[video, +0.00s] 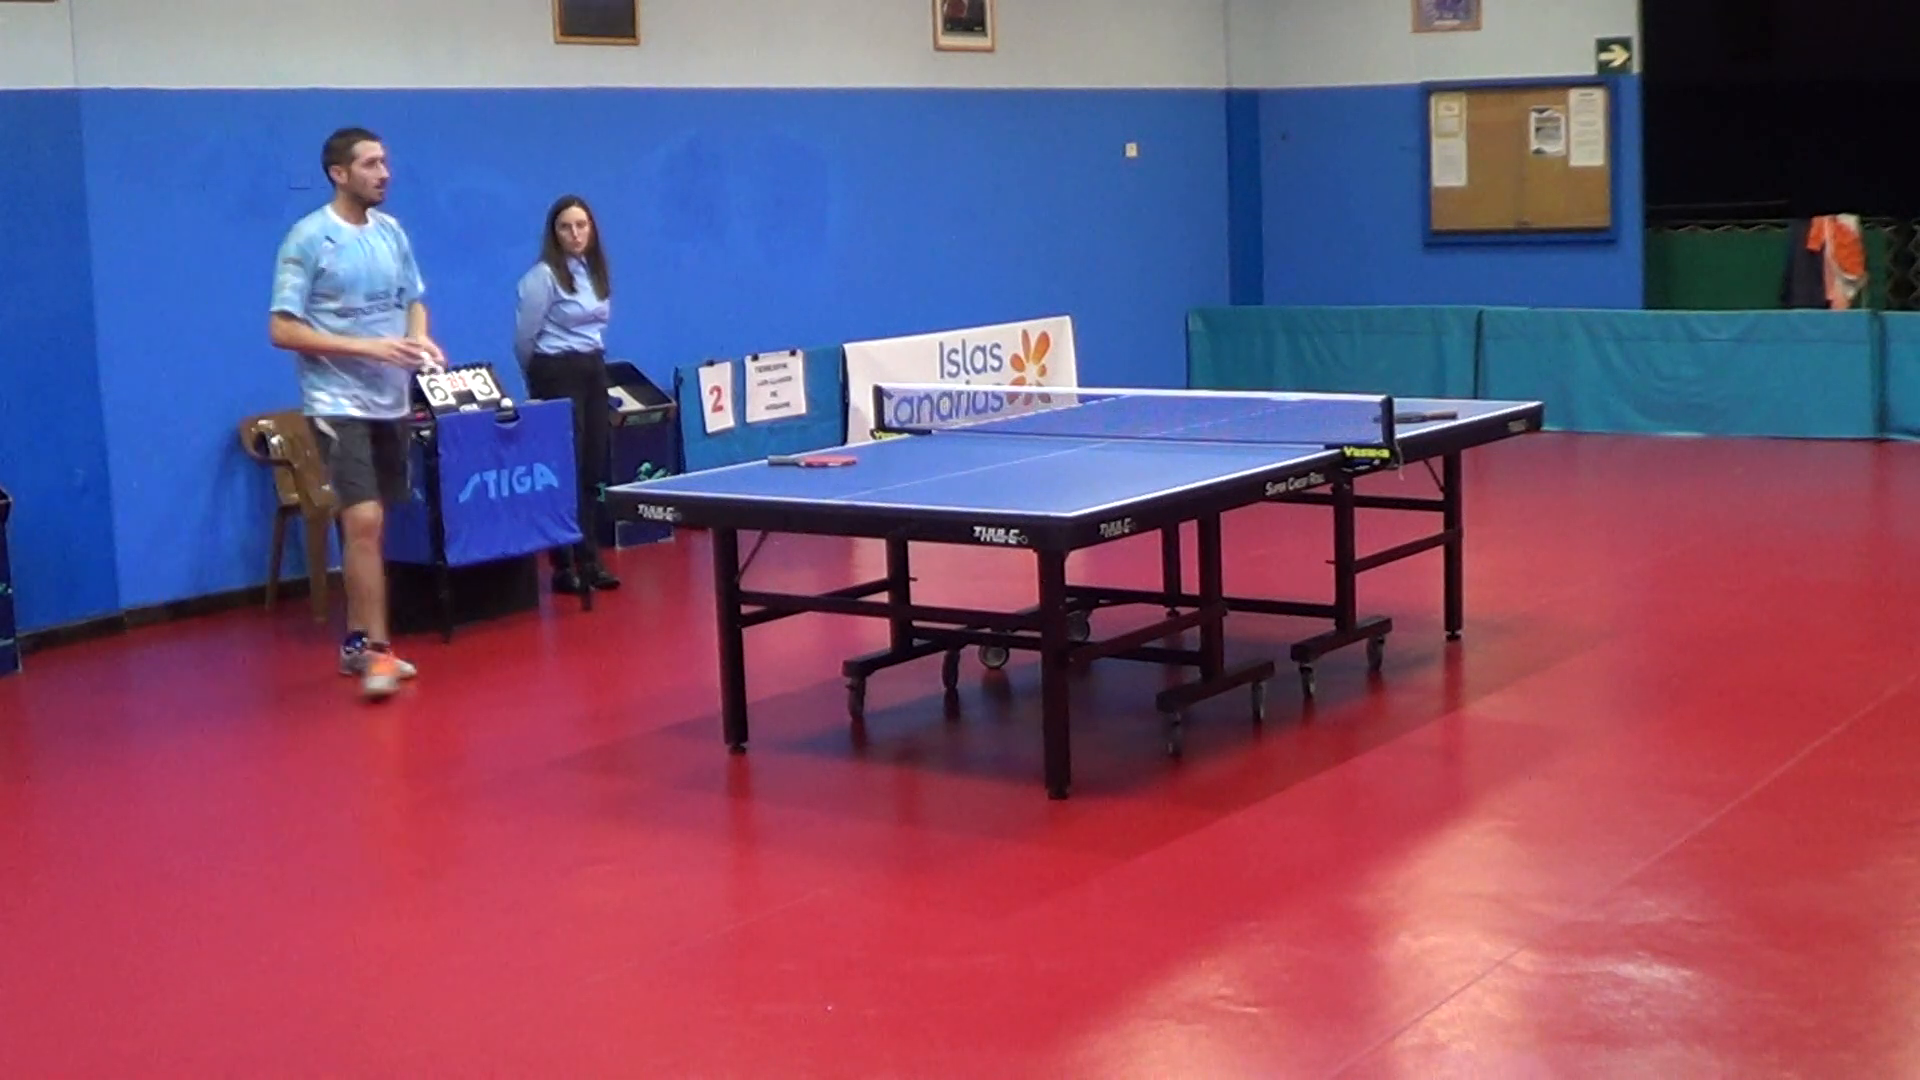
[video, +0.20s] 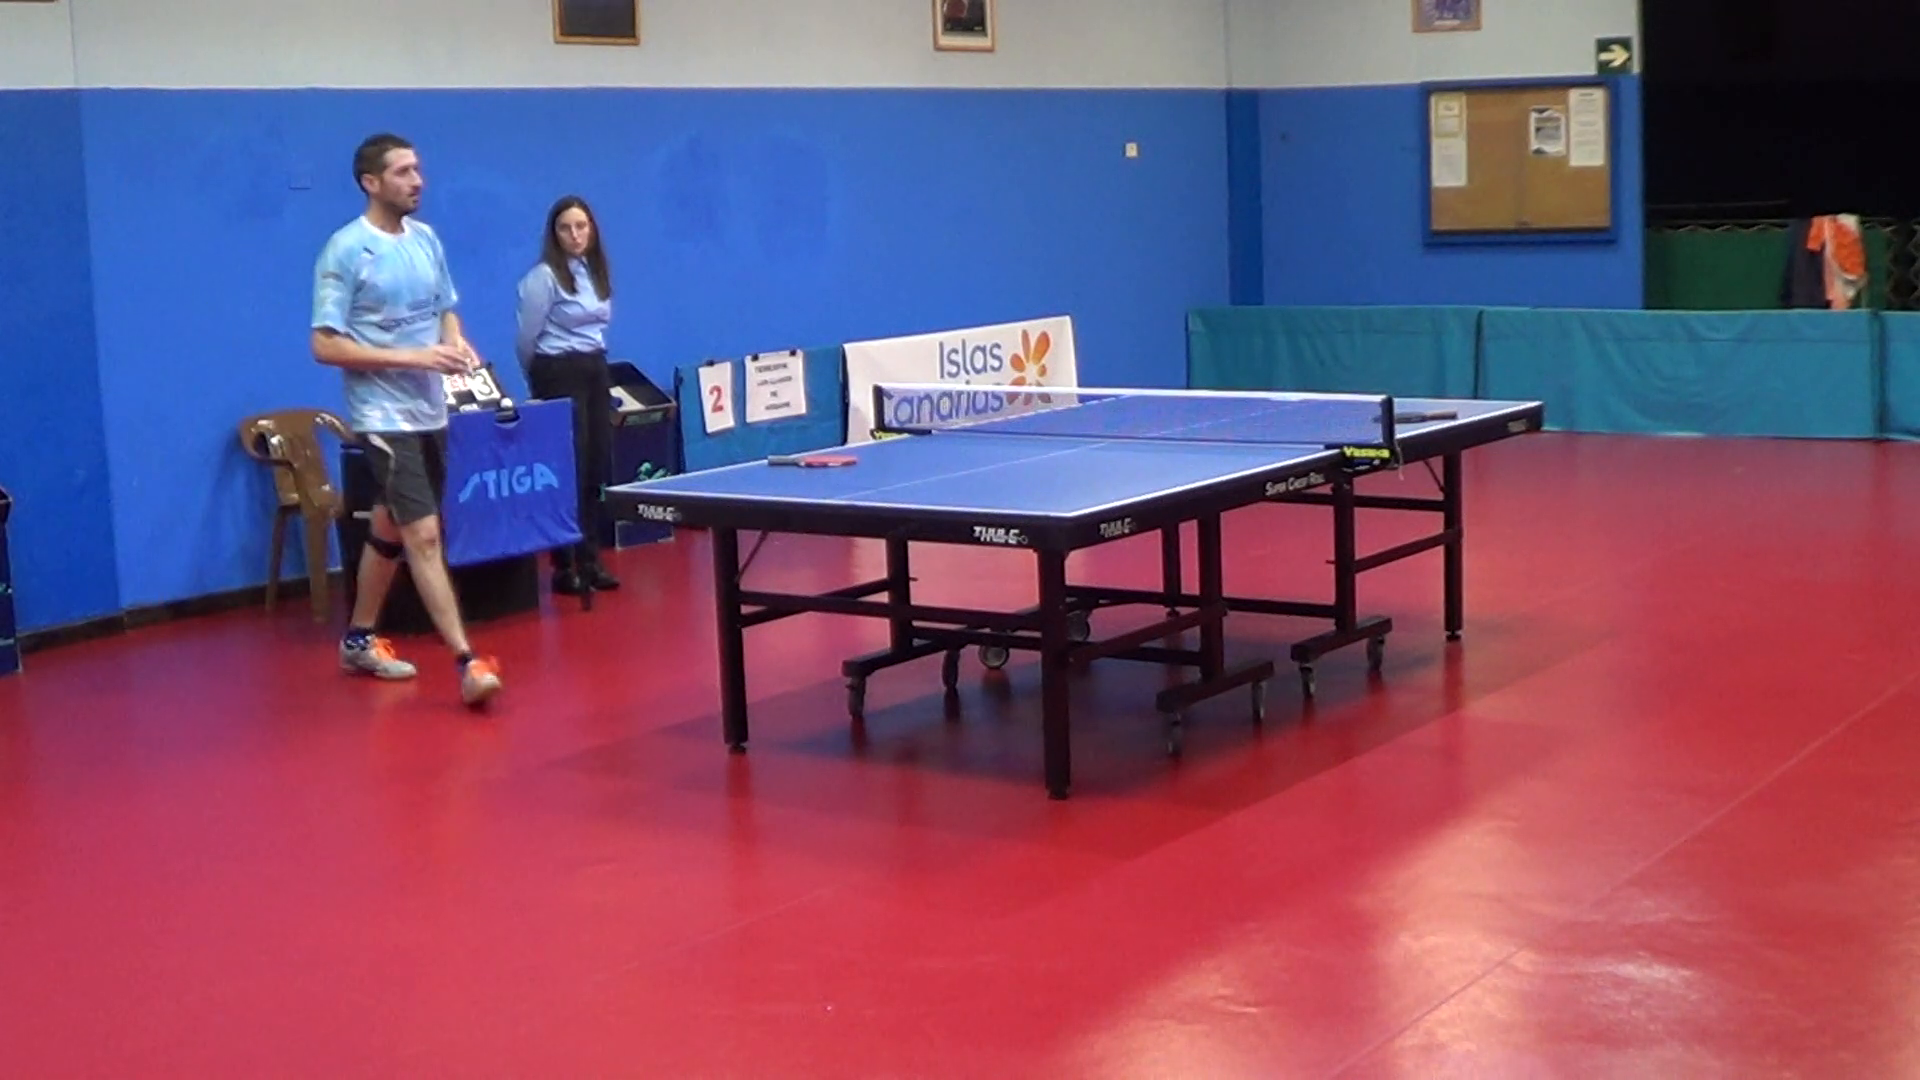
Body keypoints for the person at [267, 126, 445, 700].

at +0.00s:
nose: (384, 172)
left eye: (384, 162)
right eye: (371, 164)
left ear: (380, 169)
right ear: (339, 173)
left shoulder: (392, 229)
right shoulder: (307, 237)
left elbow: (413, 301)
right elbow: (282, 329)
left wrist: (421, 341)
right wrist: (371, 347)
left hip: (390, 401)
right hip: (337, 403)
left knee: (372, 522)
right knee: (365, 520)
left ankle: (360, 641)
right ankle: (376, 652)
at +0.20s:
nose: (416, 180)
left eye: (417, 170)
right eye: (404, 172)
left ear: (414, 177)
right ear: (371, 182)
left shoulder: (426, 238)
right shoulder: (344, 250)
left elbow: (444, 311)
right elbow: (325, 344)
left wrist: (457, 344)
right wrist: (413, 357)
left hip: (428, 411)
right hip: (381, 417)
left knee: (388, 531)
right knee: (424, 532)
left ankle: (360, 639)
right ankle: (468, 662)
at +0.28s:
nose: (429, 176)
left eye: (430, 166)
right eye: (417, 168)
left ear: (428, 173)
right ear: (384, 179)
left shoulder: (439, 234)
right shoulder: (359, 248)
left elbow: (458, 308)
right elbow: (340, 346)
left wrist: (471, 340)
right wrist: (429, 358)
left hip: (449, 408)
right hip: (401, 415)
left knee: (418, 536)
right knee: (435, 535)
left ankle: (367, 626)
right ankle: (474, 669)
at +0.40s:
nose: (450, 168)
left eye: (451, 158)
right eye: (438, 161)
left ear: (450, 164)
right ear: (404, 170)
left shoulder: (460, 224)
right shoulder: (380, 241)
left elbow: (479, 297)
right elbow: (359, 339)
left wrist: (495, 330)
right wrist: (448, 350)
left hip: (476, 400)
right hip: (421, 412)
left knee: (491, 528)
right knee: (444, 536)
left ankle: (402, 603)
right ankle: (475, 669)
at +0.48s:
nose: (466, 166)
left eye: (467, 156)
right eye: (454, 158)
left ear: (461, 164)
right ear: (419, 168)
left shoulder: (470, 222)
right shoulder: (395, 238)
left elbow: (493, 295)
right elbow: (373, 335)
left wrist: (509, 325)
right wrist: (466, 345)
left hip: (493, 402)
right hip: (435, 416)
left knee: (528, 521)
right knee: (451, 536)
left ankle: (438, 603)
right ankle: (475, 669)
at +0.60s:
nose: (492, 165)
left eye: (493, 155)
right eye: (481, 156)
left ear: (483, 161)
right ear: (444, 163)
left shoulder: (491, 221)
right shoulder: (415, 234)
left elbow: (504, 298)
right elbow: (395, 330)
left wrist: (527, 319)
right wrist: (488, 338)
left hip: (514, 403)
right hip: (454, 417)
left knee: (563, 516)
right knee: (462, 538)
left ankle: (517, 641)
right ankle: (476, 668)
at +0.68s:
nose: (511, 167)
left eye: (512, 156)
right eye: (500, 157)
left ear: (496, 162)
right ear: (464, 163)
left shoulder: (509, 224)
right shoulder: (430, 235)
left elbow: (520, 309)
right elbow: (408, 330)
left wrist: (550, 328)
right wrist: (500, 334)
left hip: (530, 407)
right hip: (466, 421)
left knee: (575, 522)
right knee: (469, 541)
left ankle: (575, 664)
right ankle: (479, 669)